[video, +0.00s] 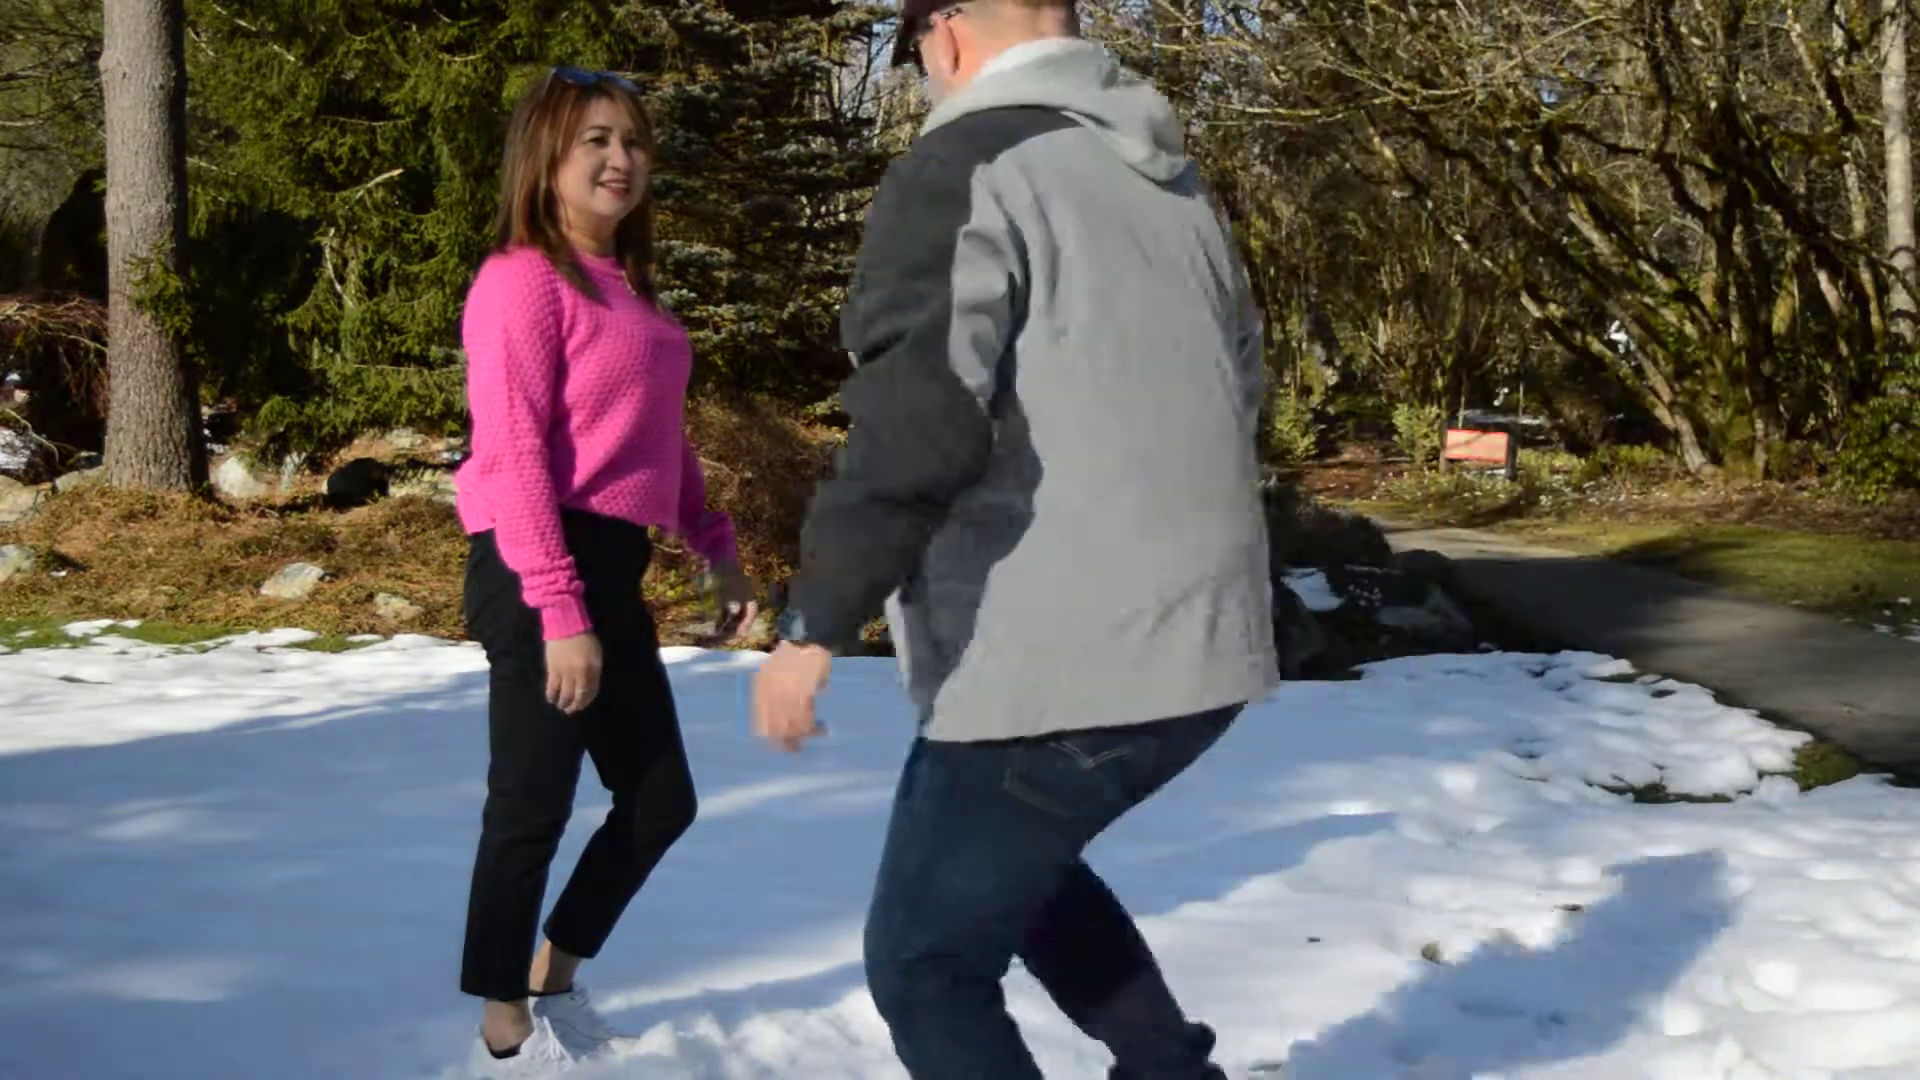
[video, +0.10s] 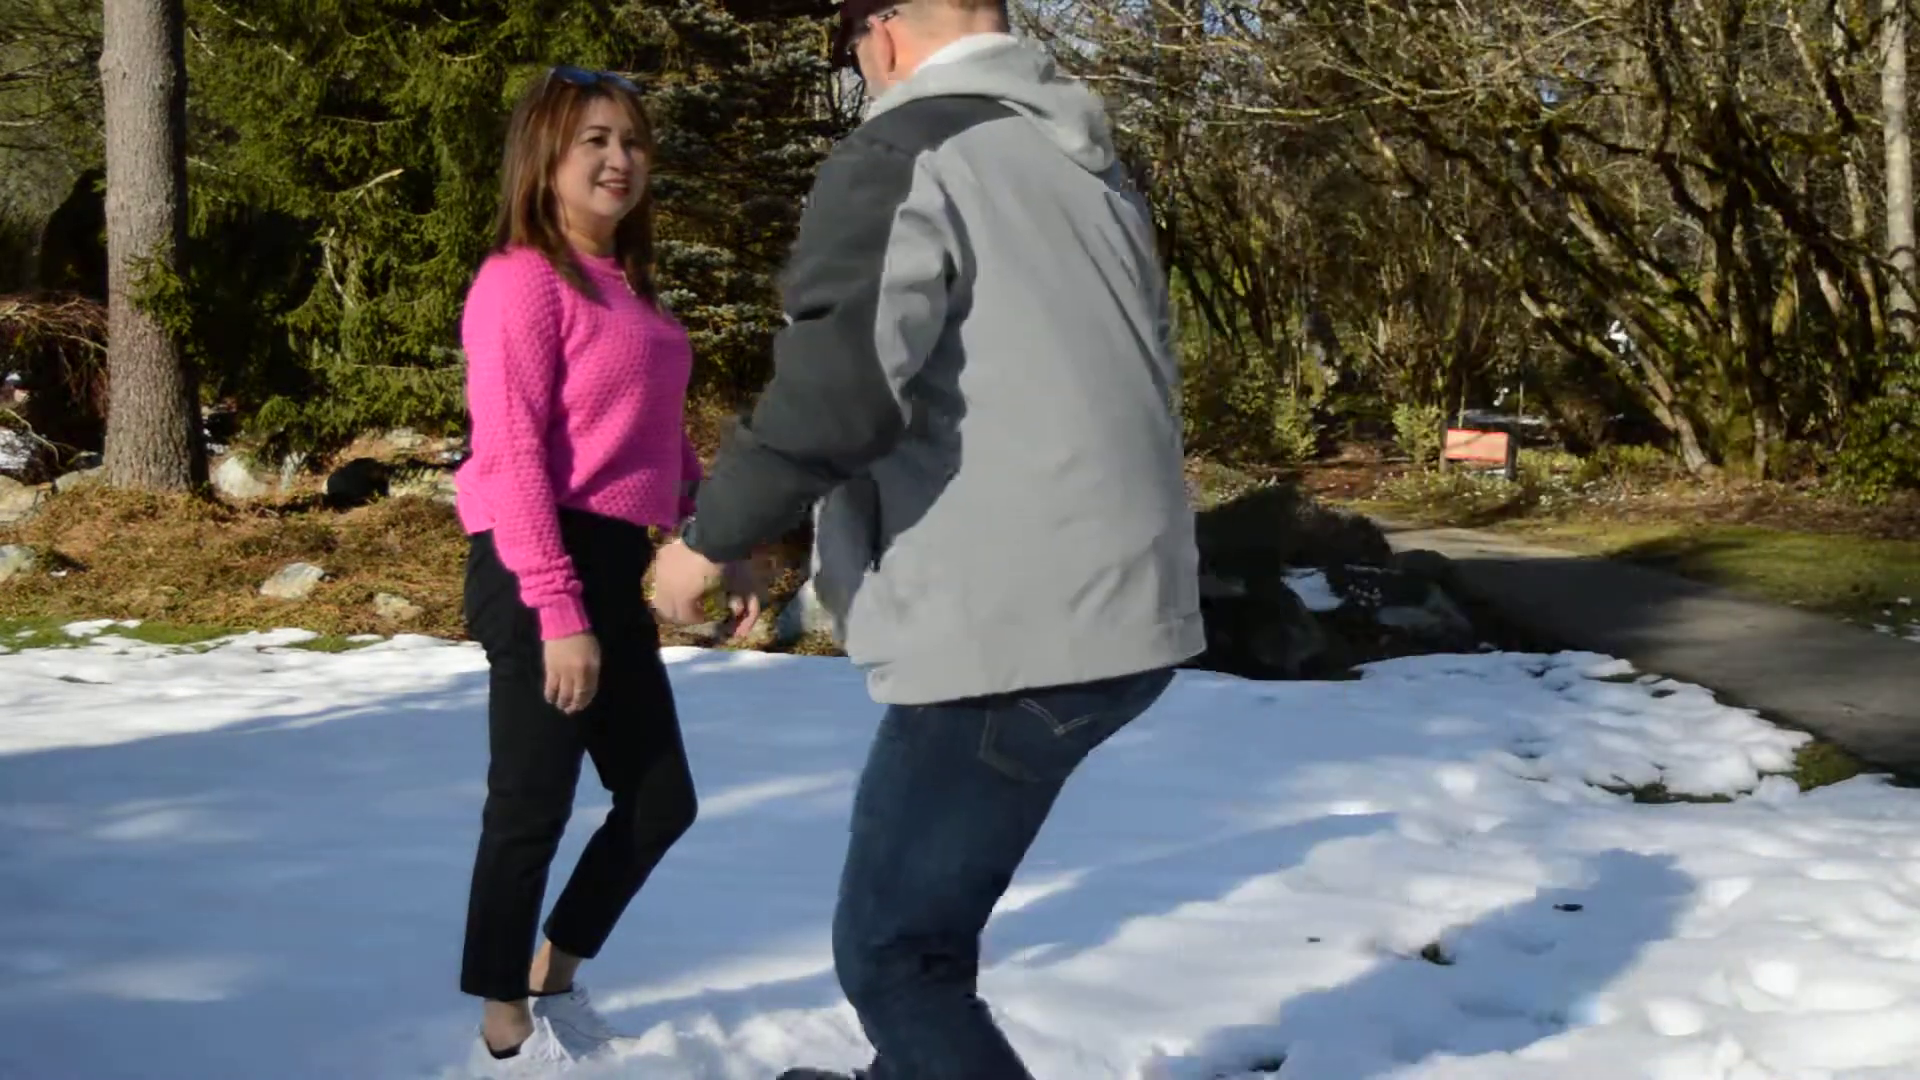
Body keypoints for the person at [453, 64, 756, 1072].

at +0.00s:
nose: (621, 159)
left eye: (633, 142)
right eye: (596, 142)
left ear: (645, 165)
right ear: (545, 163)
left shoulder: (623, 288)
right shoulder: (517, 281)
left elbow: (661, 445)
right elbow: (513, 458)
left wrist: (720, 558)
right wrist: (560, 614)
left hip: (608, 566)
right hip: (533, 561)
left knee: (660, 799)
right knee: (530, 805)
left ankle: (549, 978)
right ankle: (502, 1031)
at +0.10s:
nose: (620, 159)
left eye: (632, 142)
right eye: (595, 142)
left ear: (645, 164)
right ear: (544, 162)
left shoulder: (621, 286)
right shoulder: (517, 280)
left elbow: (664, 442)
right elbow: (511, 460)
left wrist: (718, 548)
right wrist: (559, 615)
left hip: (612, 560)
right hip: (536, 554)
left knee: (660, 800)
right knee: (529, 809)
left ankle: (549, 981)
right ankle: (503, 1034)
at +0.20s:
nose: (619, 159)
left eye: (632, 142)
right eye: (594, 142)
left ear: (644, 165)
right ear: (544, 163)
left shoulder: (628, 291)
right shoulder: (516, 283)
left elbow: (659, 454)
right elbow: (508, 463)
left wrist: (738, 563)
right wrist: (555, 613)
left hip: (606, 559)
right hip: (528, 551)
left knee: (660, 799)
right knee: (530, 804)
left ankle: (550, 979)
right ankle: (502, 1030)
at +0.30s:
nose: (617, 158)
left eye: (630, 142)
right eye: (593, 141)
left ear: (645, 164)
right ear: (543, 161)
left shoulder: (623, 286)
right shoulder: (516, 280)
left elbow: (660, 447)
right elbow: (502, 454)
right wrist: (556, 607)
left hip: (614, 556)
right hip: (534, 553)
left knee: (660, 804)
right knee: (530, 804)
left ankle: (548, 982)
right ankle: (502, 1038)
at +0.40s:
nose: (614, 159)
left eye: (628, 143)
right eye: (591, 141)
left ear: (643, 166)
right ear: (541, 160)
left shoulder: (619, 283)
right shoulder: (513, 279)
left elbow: (650, 428)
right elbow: (499, 448)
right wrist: (555, 588)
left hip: (612, 559)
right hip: (529, 559)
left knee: (656, 798)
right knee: (532, 799)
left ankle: (550, 978)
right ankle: (501, 1031)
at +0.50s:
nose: (610, 159)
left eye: (622, 142)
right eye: (587, 141)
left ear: (638, 162)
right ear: (539, 161)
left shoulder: (630, 280)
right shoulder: (511, 278)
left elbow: (654, 422)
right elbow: (489, 439)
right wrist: (529, 574)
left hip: (612, 562)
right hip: (530, 564)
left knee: (658, 790)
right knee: (530, 805)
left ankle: (551, 976)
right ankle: (501, 1036)